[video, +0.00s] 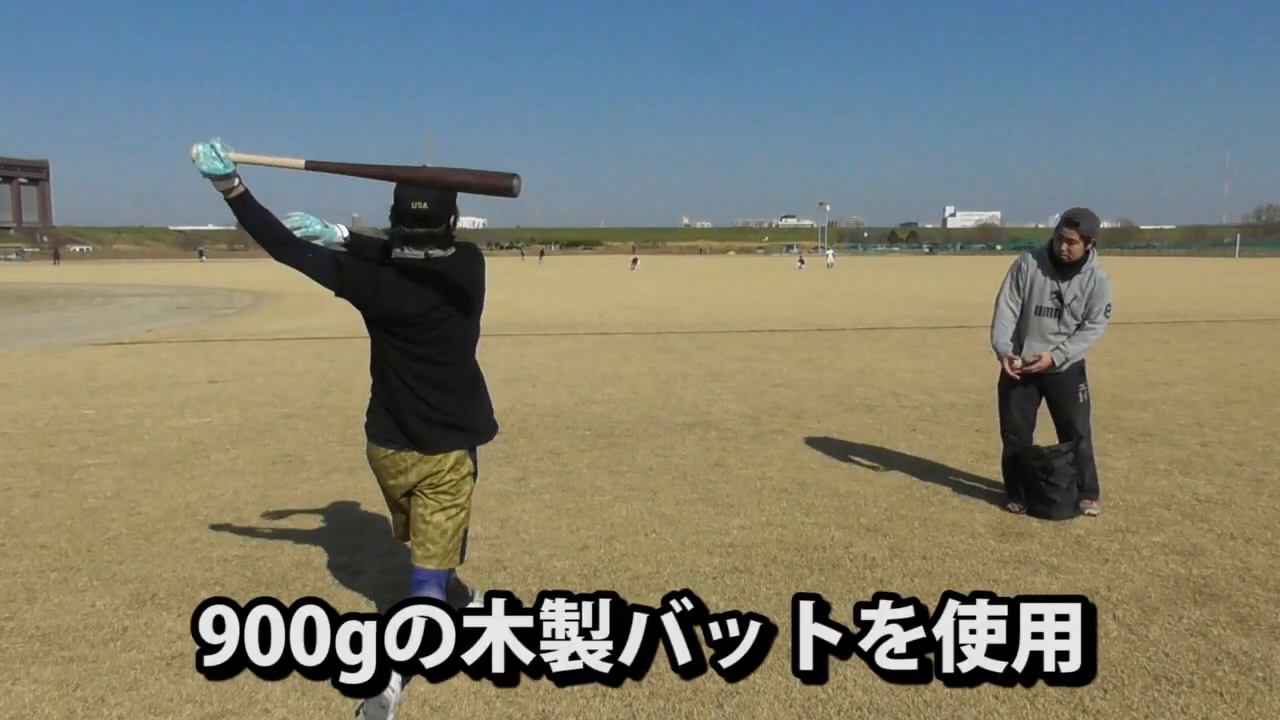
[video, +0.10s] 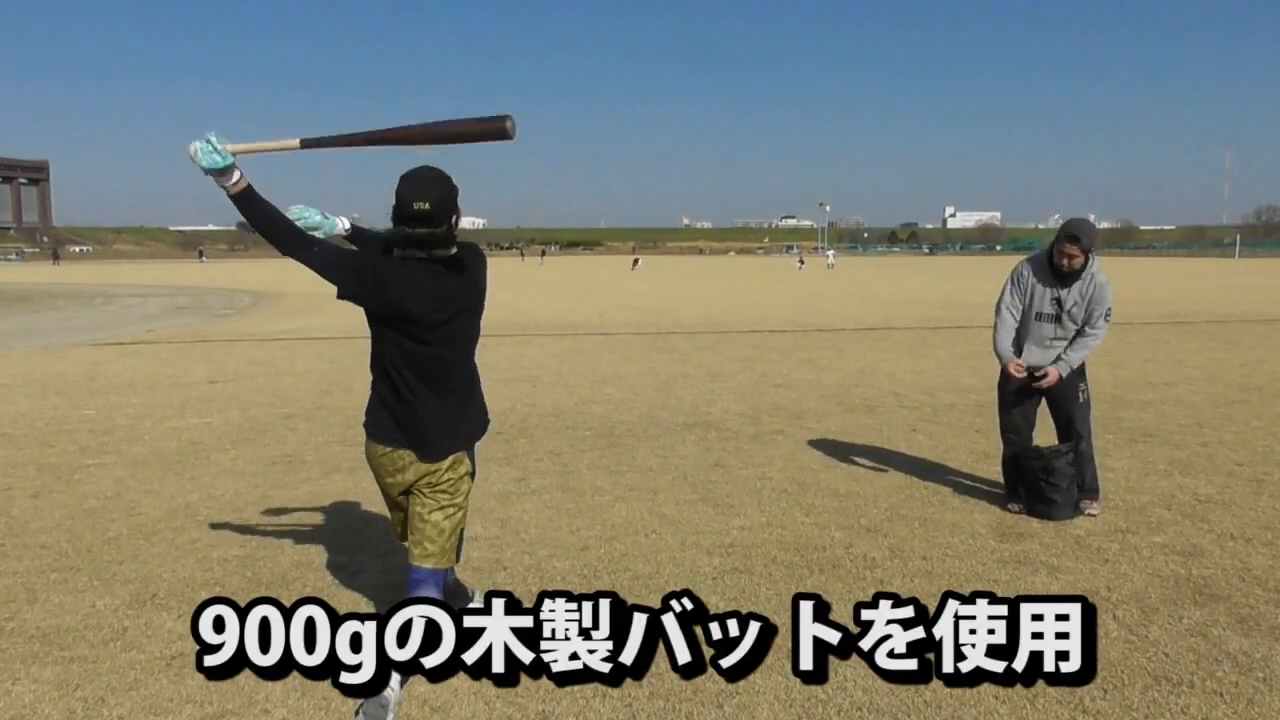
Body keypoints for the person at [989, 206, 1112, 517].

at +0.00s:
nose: (1063, 247)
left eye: (1072, 242)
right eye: (1060, 239)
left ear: (1089, 244)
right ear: (1053, 235)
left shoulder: (1097, 280)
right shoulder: (1028, 265)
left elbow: (1092, 329)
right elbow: (1006, 308)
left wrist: (1055, 357)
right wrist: (1004, 349)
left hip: (1066, 366)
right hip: (1019, 363)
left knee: (1077, 432)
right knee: (1015, 433)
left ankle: (1087, 494)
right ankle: (1016, 493)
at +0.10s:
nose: (1065, 262)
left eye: (1073, 257)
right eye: (1061, 254)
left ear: (1088, 255)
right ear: (1053, 246)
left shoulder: (1097, 285)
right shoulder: (1028, 271)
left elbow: (1092, 335)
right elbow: (1007, 314)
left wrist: (1060, 368)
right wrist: (1006, 356)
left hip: (1066, 366)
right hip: (1021, 363)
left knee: (1078, 432)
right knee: (1015, 435)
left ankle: (1087, 495)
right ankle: (1016, 494)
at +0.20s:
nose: (1067, 280)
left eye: (1074, 276)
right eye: (1063, 274)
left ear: (1087, 270)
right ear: (1053, 262)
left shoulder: (1096, 295)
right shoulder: (1026, 279)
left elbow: (1093, 345)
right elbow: (1006, 321)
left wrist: (1073, 386)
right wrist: (1008, 364)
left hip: (1066, 373)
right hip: (1022, 369)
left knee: (1079, 436)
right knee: (1014, 435)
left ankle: (1088, 496)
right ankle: (1016, 495)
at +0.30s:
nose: (1065, 295)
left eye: (1073, 291)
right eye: (1061, 288)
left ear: (1083, 286)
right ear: (1051, 278)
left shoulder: (1093, 304)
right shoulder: (1024, 287)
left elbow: (1094, 355)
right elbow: (1004, 329)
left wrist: (1078, 401)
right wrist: (1007, 374)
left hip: (1065, 372)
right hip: (1023, 371)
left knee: (1077, 430)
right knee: (1015, 433)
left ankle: (1089, 495)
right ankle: (1017, 494)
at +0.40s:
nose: (1055, 310)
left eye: (1063, 306)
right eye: (1051, 303)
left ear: (1076, 300)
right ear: (1042, 292)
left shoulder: (1089, 312)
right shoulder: (1019, 297)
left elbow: (1091, 364)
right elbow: (1000, 339)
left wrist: (1075, 412)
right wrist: (1005, 381)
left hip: (1064, 376)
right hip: (1022, 374)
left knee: (1077, 430)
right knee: (1015, 432)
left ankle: (1088, 495)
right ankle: (1016, 494)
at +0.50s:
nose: (1044, 320)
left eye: (1052, 316)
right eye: (1039, 313)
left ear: (1067, 310)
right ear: (1033, 301)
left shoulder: (1082, 321)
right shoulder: (1013, 305)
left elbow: (1085, 372)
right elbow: (998, 345)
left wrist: (1067, 419)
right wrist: (1002, 385)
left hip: (1062, 379)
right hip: (1021, 377)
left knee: (1076, 433)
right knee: (1014, 434)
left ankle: (1087, 495)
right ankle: (1015, 494)